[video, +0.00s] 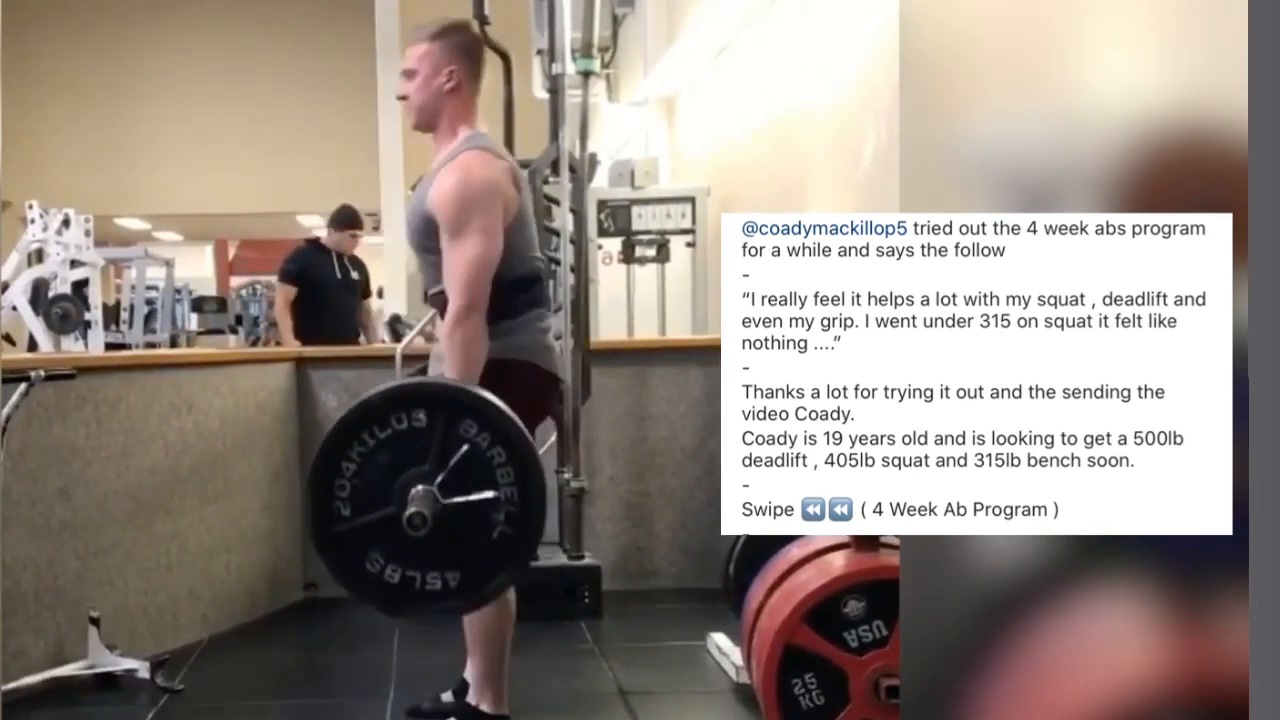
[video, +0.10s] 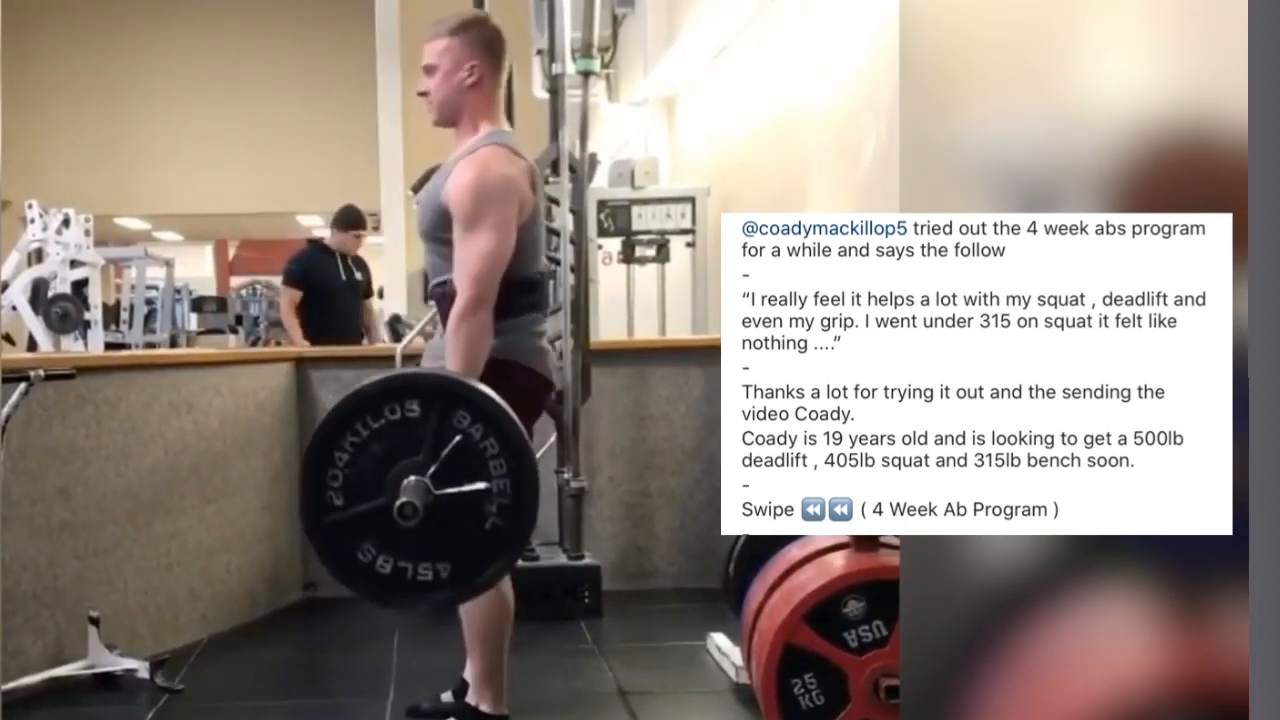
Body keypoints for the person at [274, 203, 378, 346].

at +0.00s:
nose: (357, 241)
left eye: (359, 237)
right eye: (353, 236)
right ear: (334, 230)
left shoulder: (357, 265)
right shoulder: (302, 258)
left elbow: (364, 309)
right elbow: (282, 302)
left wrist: (375, 343)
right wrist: (288, 340)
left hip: (350, 354)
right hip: (311, 354)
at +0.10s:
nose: (360, 242)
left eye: (362, 237)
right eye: (356, 236)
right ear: (338, 231)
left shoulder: (359, 264)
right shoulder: (305, 261)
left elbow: (367, 309)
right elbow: (287, 305)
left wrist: (376, 343)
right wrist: (299, 341)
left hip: (354, 355)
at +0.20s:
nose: (364, 244)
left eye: (365, 238)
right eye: (360, 238)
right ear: (343, 232)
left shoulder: (360, 262)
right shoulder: (309, 261)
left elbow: (365, 307)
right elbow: (293, 310)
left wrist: (375, 342)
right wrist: (315, 349)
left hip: (357, 354)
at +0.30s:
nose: (368, 246)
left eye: (370, 240)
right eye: (365, 240)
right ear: (346, 234)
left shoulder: (363, 262)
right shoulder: (314, 262)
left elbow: (364, 306)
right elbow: (303, 314)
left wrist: (369, 339)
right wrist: (333, 348)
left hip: (358, 351)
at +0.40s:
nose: (375, 248)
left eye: (377, 242)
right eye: (371, 242)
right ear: (352, 235)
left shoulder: (363, 261)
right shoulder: (324, 261)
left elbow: (358, 309)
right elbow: (320, 317)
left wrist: (365, 341)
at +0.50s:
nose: (384, 249)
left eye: (386, 243)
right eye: (380, 243)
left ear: (361, 235)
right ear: (361, 235)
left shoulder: (363, 255)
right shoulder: (337, 260)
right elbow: (339, 318)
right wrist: (374, 339)